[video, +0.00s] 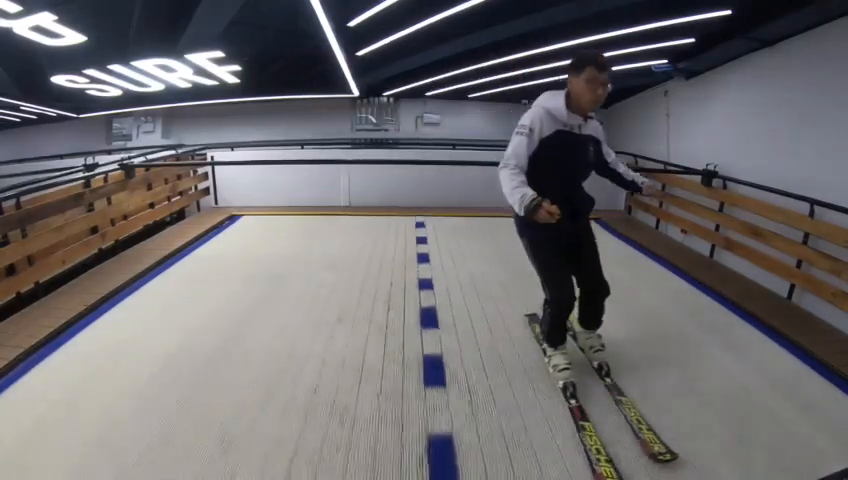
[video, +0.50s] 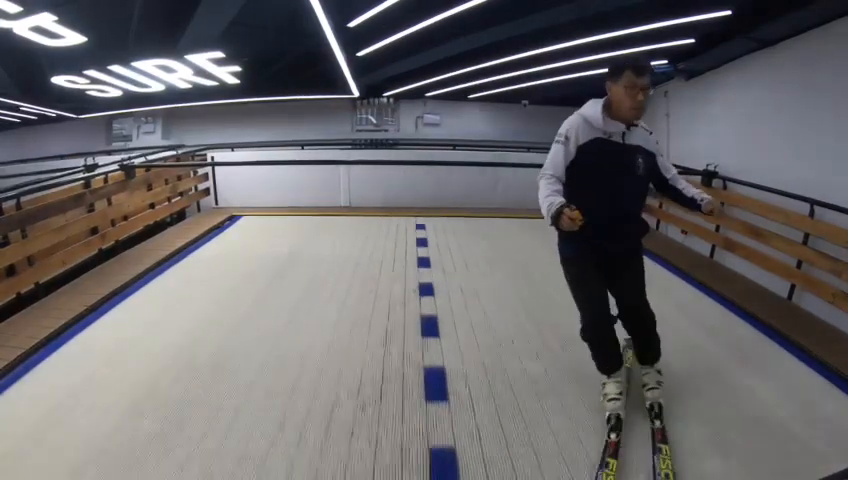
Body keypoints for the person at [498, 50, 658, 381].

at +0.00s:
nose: (601, 93)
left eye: (605, 87)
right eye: (593, 84)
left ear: (607, 89)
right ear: (572, 81)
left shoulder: (591, 126)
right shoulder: (543, 112)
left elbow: (607, 164)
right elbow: (509, 167)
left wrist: (640, 185)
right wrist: (529, 204)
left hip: (575, 214)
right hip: (538, 215)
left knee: (595, 287)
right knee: (561, 293)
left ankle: (587, 329)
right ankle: (553, 344)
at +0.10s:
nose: (616, 95)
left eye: (621, 89)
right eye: (609, 86)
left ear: (623, 91)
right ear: (587, 83)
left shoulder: (609, 130)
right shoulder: (556, 118)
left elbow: (626, 168)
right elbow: (525, 169)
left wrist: (659, 188)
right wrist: (544, 205)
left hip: (592, 219)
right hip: (555, 220)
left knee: (610, 291)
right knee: (577, 296)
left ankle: (605, 335)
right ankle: (573, 350)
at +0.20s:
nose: (628, 96)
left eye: (632, 90)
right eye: (620, 88)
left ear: (636, 92)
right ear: (600, 86)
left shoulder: (623, 133)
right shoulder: (570, 119)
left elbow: (640, 172)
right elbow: (538, 172)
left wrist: (674, 191)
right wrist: (554, 207)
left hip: (605, 224)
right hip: (567, 225)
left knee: (623, 295)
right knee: (589, 301)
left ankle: (621, 341)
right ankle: (591, 356)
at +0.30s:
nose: (636, 99)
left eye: (640, 93)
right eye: (629, 91)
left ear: (642, 94)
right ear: (608, 87)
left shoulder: (633, 137)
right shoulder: (576, 123)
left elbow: (654, 175)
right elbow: (547, 176)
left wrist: (687, 194)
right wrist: (561, 209)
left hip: (616, 229)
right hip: (577, 231)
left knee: (633, 300)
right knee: (597, 306)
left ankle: (636, 350)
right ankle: (604, 363)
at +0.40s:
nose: (639, 99)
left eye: (644, 92)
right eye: (631, 90)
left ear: (648, 94)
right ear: (610, 88)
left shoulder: (642, 136)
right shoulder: (581, 124)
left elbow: (661, 178)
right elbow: (550, 177)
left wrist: (695, 197)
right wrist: (562, 210)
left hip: (623, 231)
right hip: (581, 233)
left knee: (637, 303)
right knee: (599, 310)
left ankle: (646, 359)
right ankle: (610, 370)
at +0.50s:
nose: (639, 98)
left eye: (644, 91)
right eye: (631, 90)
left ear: (648, 93)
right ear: (609, 88)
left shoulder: (645, 138)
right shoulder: (578, 127)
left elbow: (668, 181)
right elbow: (549, 179)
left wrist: (701, 201)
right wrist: (557, 209)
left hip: (624, 238)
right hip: (580, 239)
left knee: (635, 308)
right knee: (594, 318)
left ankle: (649, 367)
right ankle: (612, 375)